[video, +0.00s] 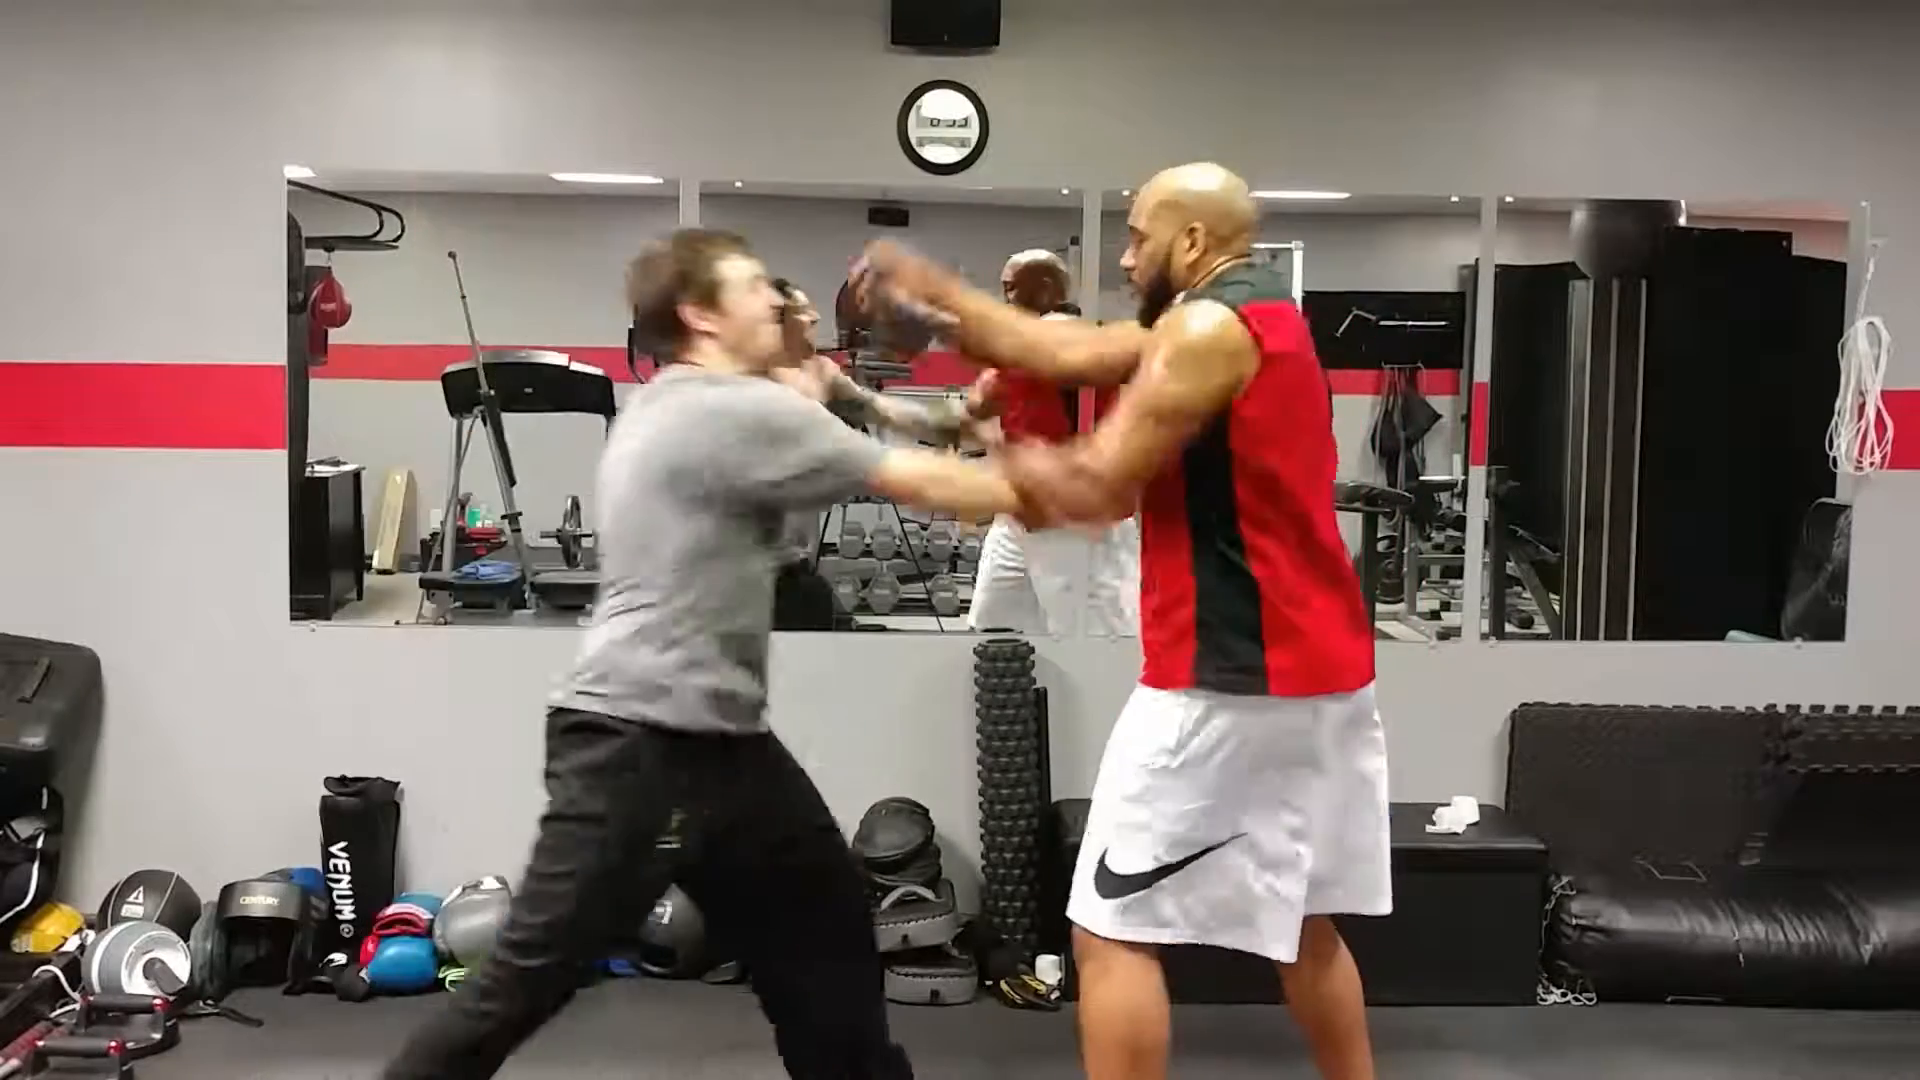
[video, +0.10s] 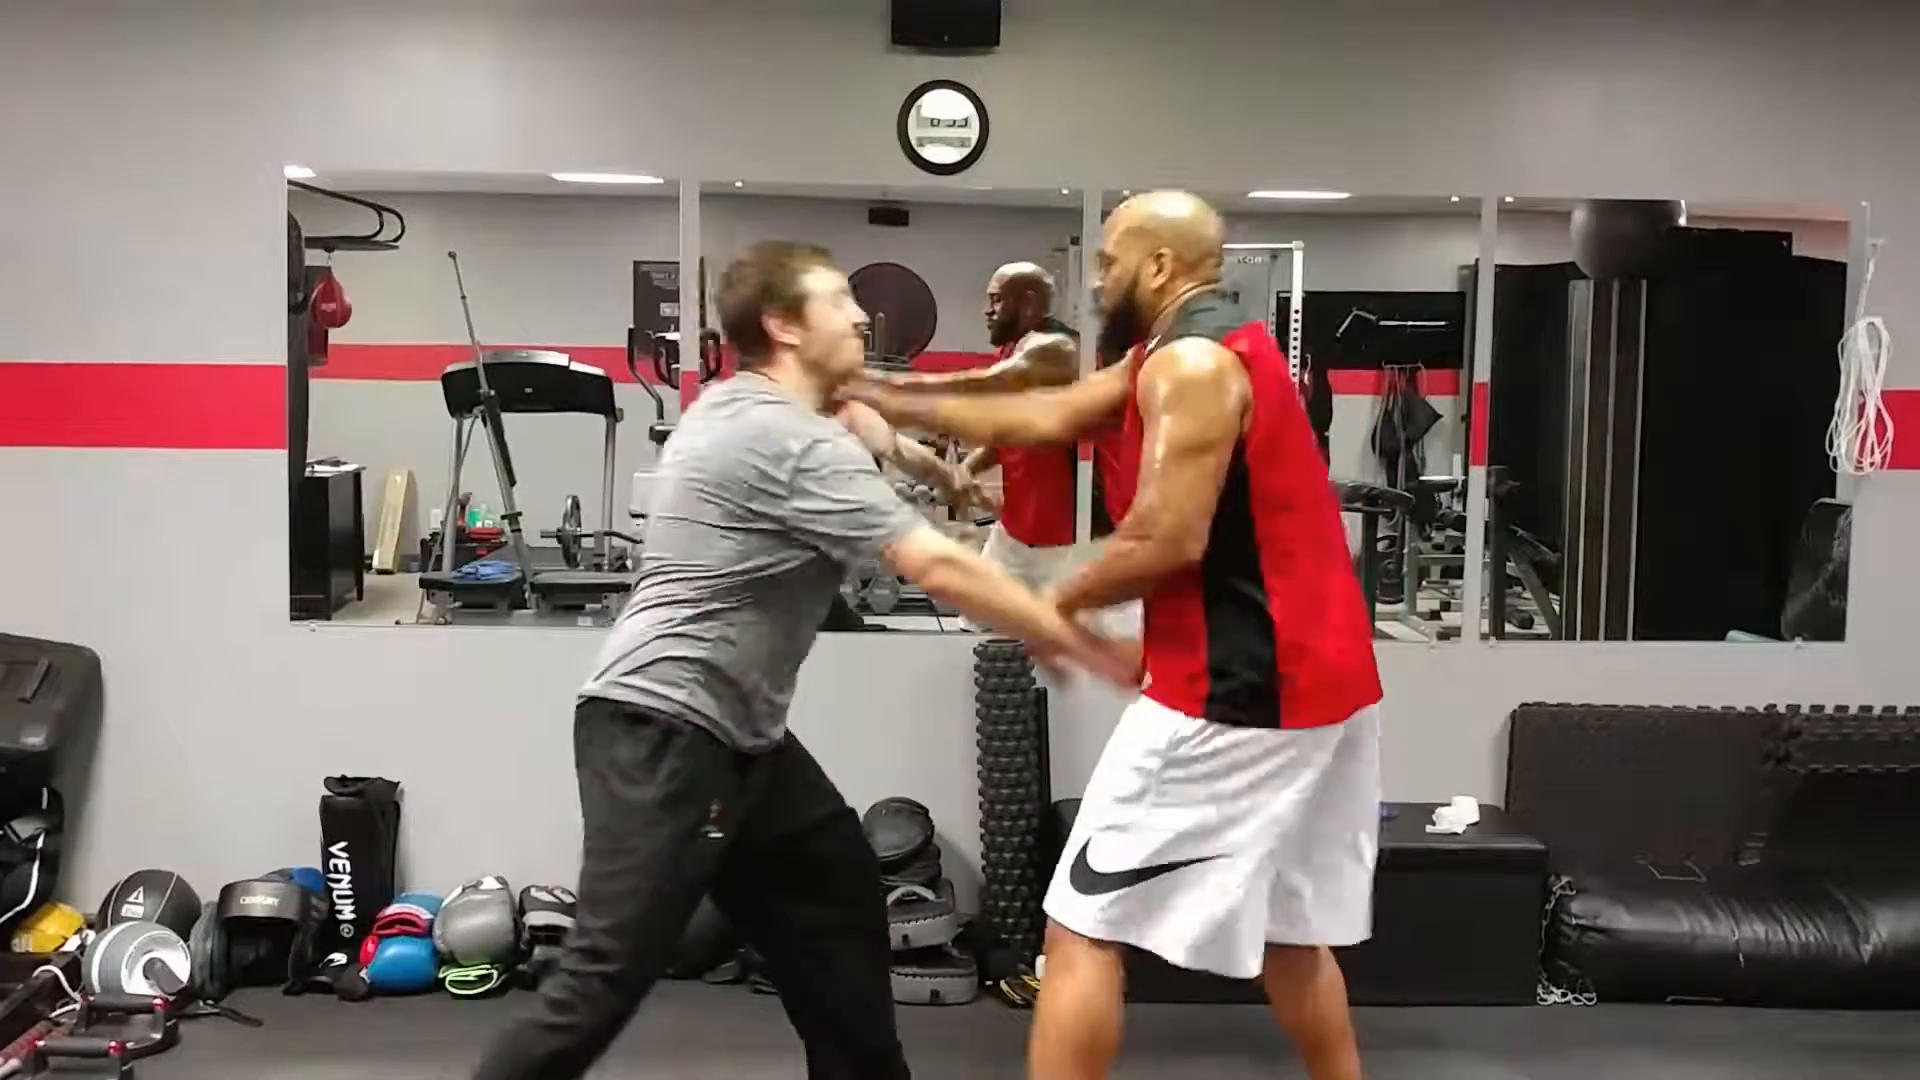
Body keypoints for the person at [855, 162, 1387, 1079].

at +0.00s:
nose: (1129, 258)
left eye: (1140, 238)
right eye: (1130, 238)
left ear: (1193, 240)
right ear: (1218, 242)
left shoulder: (1204, 331)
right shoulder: (1260, 319)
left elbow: (1095, 488)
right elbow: (1066, 347)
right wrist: (937, 291)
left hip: (1221, 674)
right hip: (1319, 666)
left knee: (1109, 926)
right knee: (1305, 924)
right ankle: (1354, 1076)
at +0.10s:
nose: (1098, 278)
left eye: (1108, 260)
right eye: (1100, 261)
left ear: (1158, 265)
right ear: (1185, 268)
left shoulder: (1191, 361)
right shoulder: (1222, 344)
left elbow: (1164, 539)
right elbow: (1043, 415)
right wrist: (886, 397)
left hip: (1226, 691)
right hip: (1325, 683)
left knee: (1080, 930)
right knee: (1293, 934)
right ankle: (1341, 1075)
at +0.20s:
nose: (1058, 306)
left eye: (1070, 287)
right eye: (1061, 287)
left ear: (1123, 292)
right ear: (1147, 295)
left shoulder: (1156, 397)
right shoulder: (1188, 373)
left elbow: (1160, 567)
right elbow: (1046, 475)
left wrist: (1032, 625)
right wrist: (924, 432)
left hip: (1221, 723)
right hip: (1311, 709)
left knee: (1068, 948)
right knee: (1270, 944)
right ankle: (1333, 1074)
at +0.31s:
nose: (1022, 310)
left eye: (1034, 293)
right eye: (1026, 292)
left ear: (1083, 305)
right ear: (1115, 305)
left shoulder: (1107, 411)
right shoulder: (1174, 382)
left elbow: (1117, 578)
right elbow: (1025, 535)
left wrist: (980, 641)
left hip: (1173, 721)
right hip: (1273, 708)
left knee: (1022, 942)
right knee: (1248, 946)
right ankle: (1323, 1073)